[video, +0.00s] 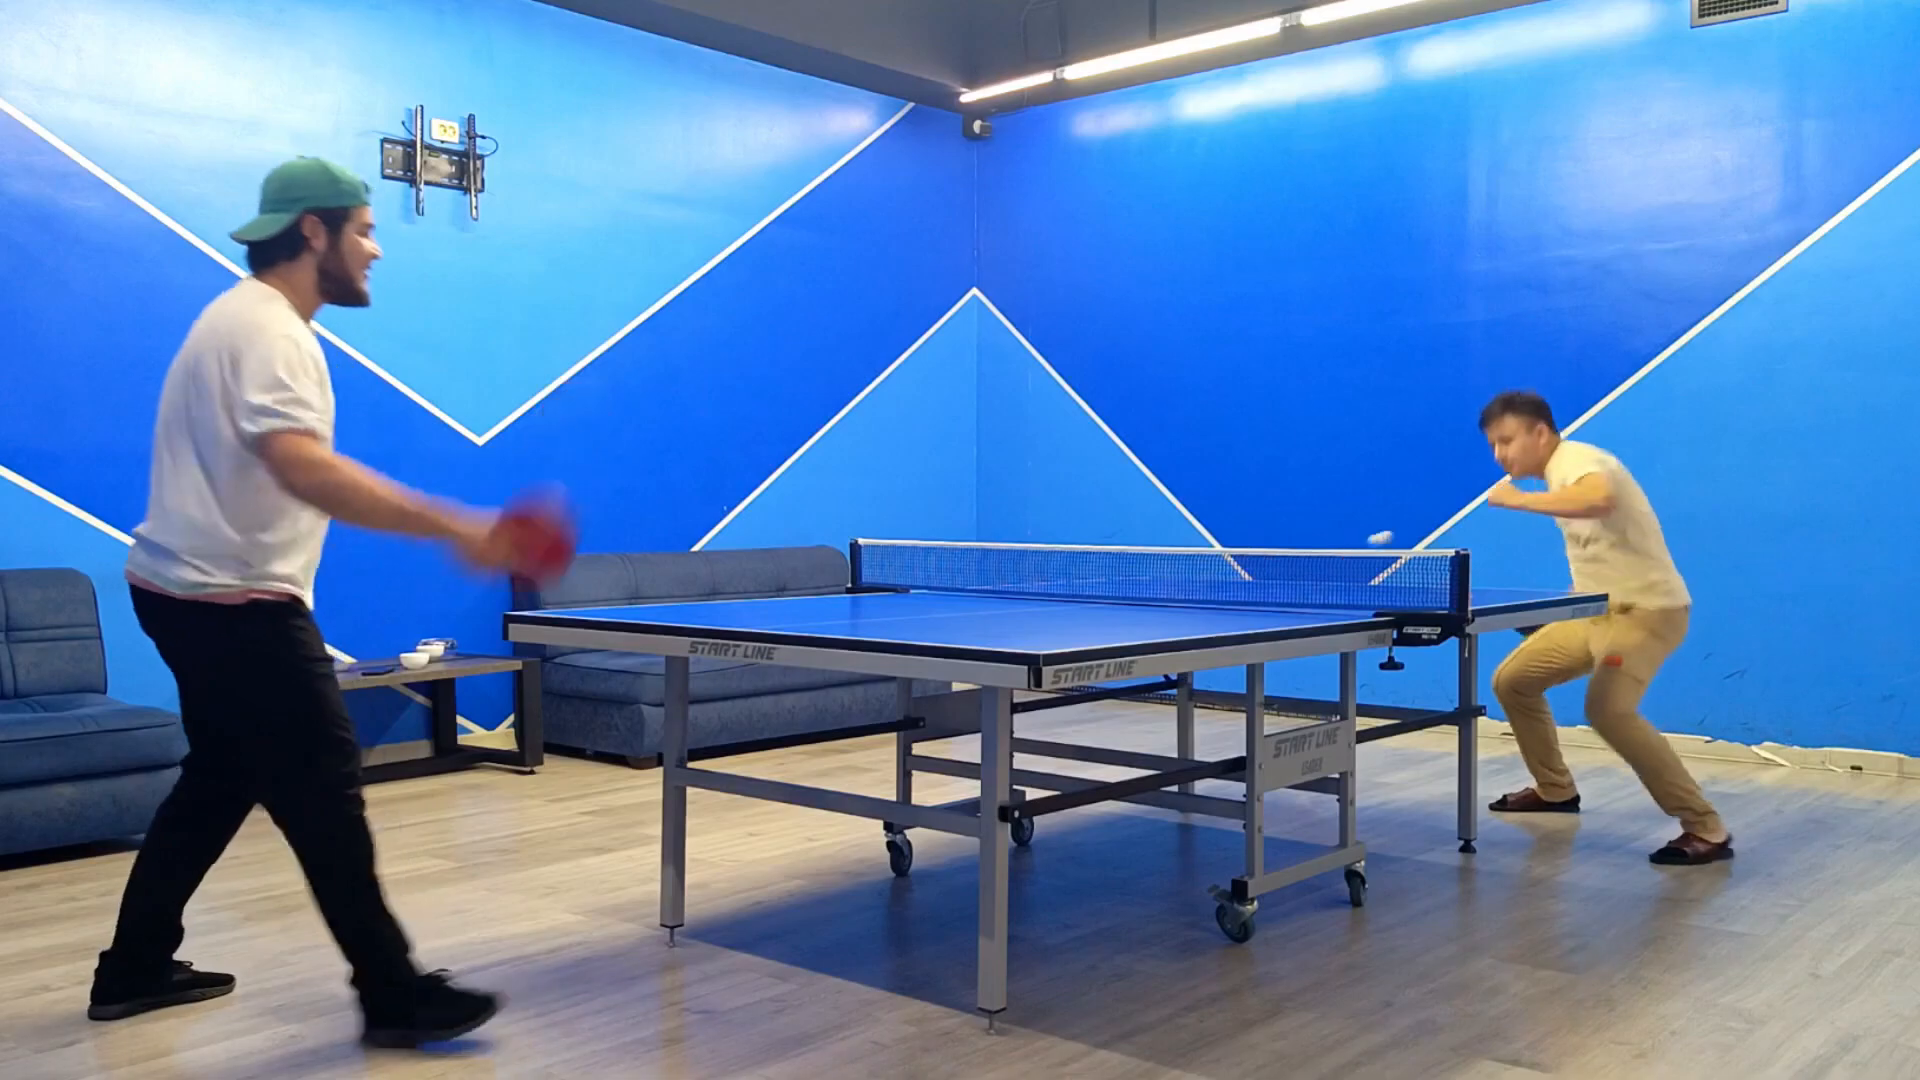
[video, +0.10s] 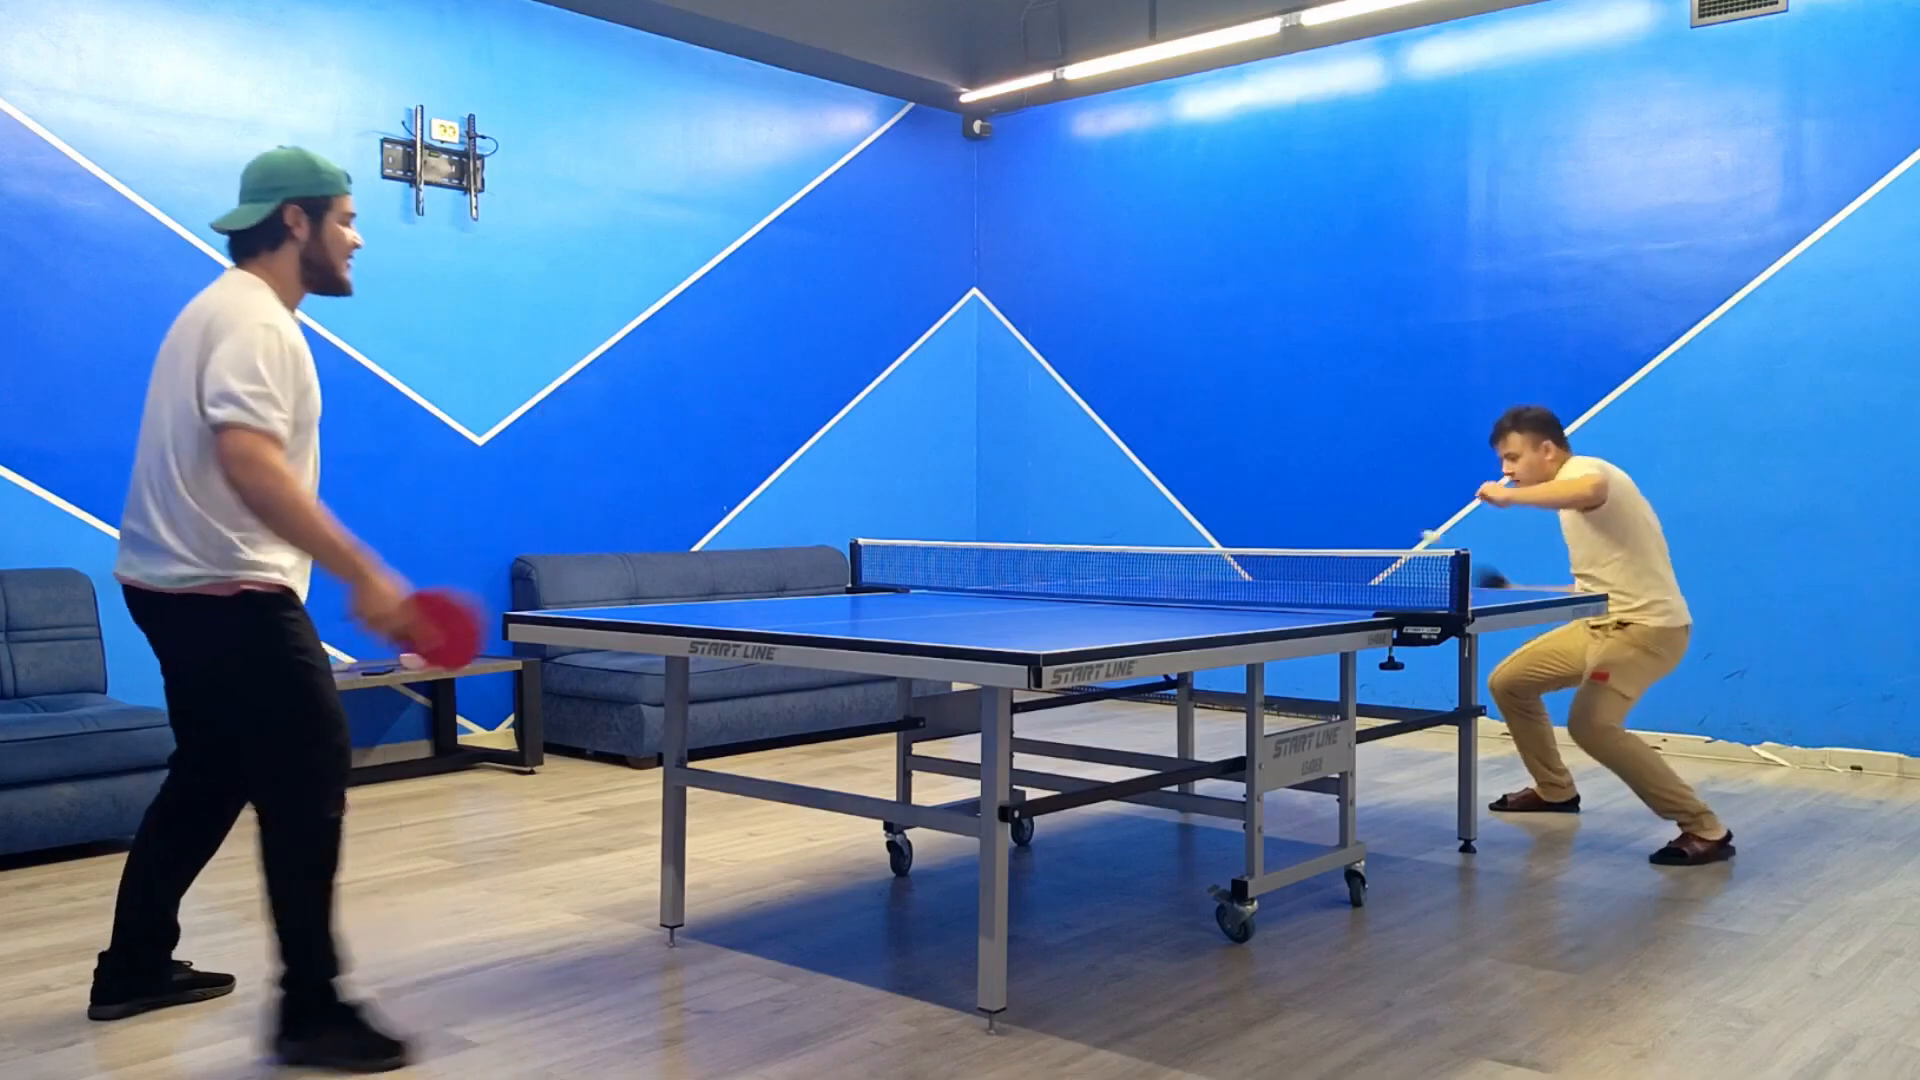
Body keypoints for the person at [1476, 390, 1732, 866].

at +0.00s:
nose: (1499, 456)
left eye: (1505, 442)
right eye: (1494, 447)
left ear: (1540, 432)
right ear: (1534, 439)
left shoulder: (1578, 459)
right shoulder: (1558, 473)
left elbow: (1599, 497)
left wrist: (1520, 499)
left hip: (1651, 610)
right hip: (1600, 610)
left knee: (1610, 710)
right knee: (1513, 681)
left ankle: (1707, 830)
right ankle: (1554, 789)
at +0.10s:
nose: (1507, 471)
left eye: (1513, 458)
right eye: (1504, 461)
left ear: (1549, 450)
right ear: (1544, 455)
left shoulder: (1583, 469)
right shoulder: (1564, 490)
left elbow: (1592, 494)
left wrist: (1510, 496)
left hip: (1649, 625)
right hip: (1602, 622)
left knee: (1592, 724)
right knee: (1509, 683)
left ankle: (1706, 830)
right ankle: (1554, 791)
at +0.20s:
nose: (1525, 463)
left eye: (1530, 449)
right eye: (1520, 455)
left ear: (1565, 438)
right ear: (1558, 447)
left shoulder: (1600, 470)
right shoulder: (1574, 504)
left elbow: (1633, 460)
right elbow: (1547, 570)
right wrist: (1484, 533)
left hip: (1654, 623)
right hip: (1611, 622)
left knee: (1598, 720)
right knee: (1512, 681)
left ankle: (1709, 829)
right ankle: (1557, 789)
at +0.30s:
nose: (1549, 432)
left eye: (1556, 419)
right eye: (1546, 423)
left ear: (1592, 414)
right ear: (1576, 423)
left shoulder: (1635, 441)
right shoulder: (1585, 479)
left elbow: (1706, 428)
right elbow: (1558, 534)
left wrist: (1680, 384)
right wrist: (1514, 492)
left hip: (1668, 595)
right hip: (1623, 604)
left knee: (1645, 692)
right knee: (1542, 674)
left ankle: (1723, 819)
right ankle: (1576, 779)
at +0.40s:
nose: (1575, 405)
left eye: (1585, 394)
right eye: (1570, 397)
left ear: (1618, 392)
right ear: (1573, 402)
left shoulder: (1662, 420)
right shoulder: (1604, 450)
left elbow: (1742, 412)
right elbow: (1592, 498)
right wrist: (1544, 469)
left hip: (1683, 574)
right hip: (1630, 578)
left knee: (1689, 679)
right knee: (1578, 666)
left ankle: (1734, 803)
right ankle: (1592, 773)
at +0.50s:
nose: (1599, 400)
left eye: (1609, 389)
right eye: (1594, 391)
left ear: (1642, 388)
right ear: (1593, 394)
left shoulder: (1688, 420)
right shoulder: (1623, 441)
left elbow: (1768, 419)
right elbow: (1622, 486)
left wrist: (1817, 406)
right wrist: (1571, 464)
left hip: (1700, 572)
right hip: (1643, 571)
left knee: (1708, 678)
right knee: (1597, 663)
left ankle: (1768, 788)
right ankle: (1604, 768)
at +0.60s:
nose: (1624, 419)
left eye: (1635, 408)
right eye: (1618, 410)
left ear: (1668, 408)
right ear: (1616, 413)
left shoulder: (1708, 446)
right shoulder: (1636, 458)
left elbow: (1784, 461)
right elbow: (1627, 512)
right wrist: (1580, 492)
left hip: (1719, 593)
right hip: (1659, 590)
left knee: (1733, 689)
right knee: (1604, 664)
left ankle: (1792, 796)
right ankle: (1606, 759)